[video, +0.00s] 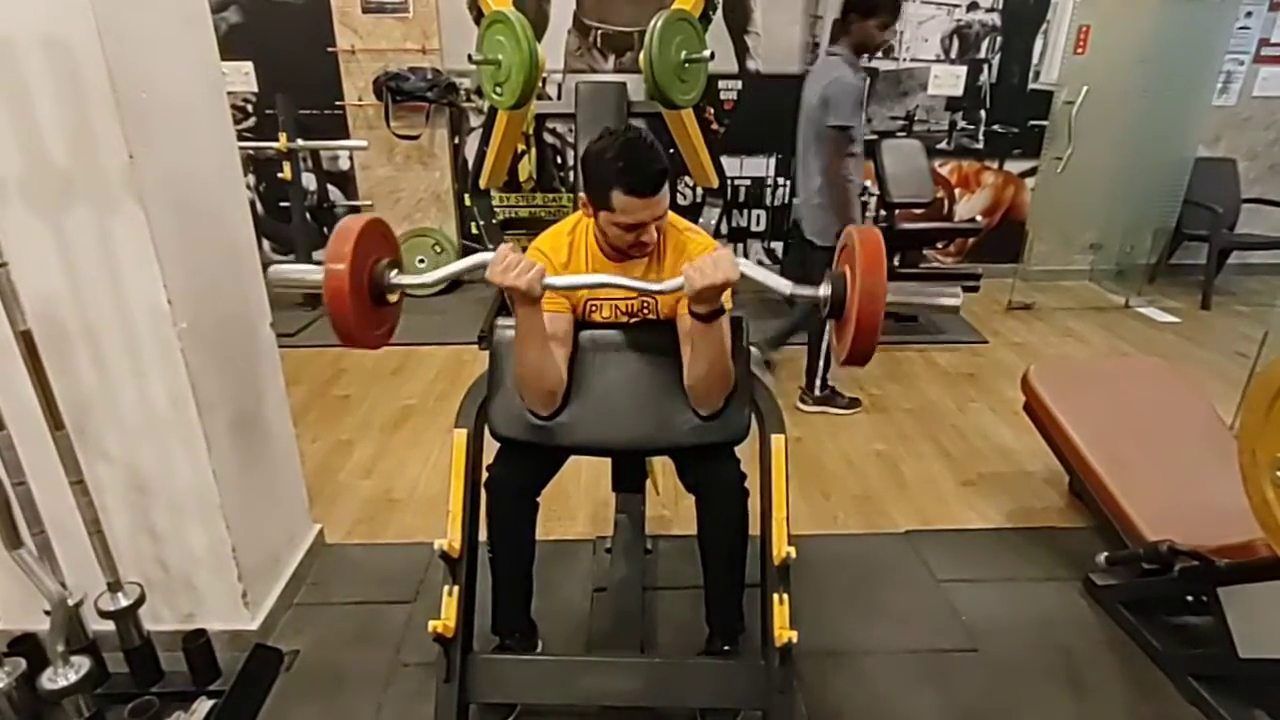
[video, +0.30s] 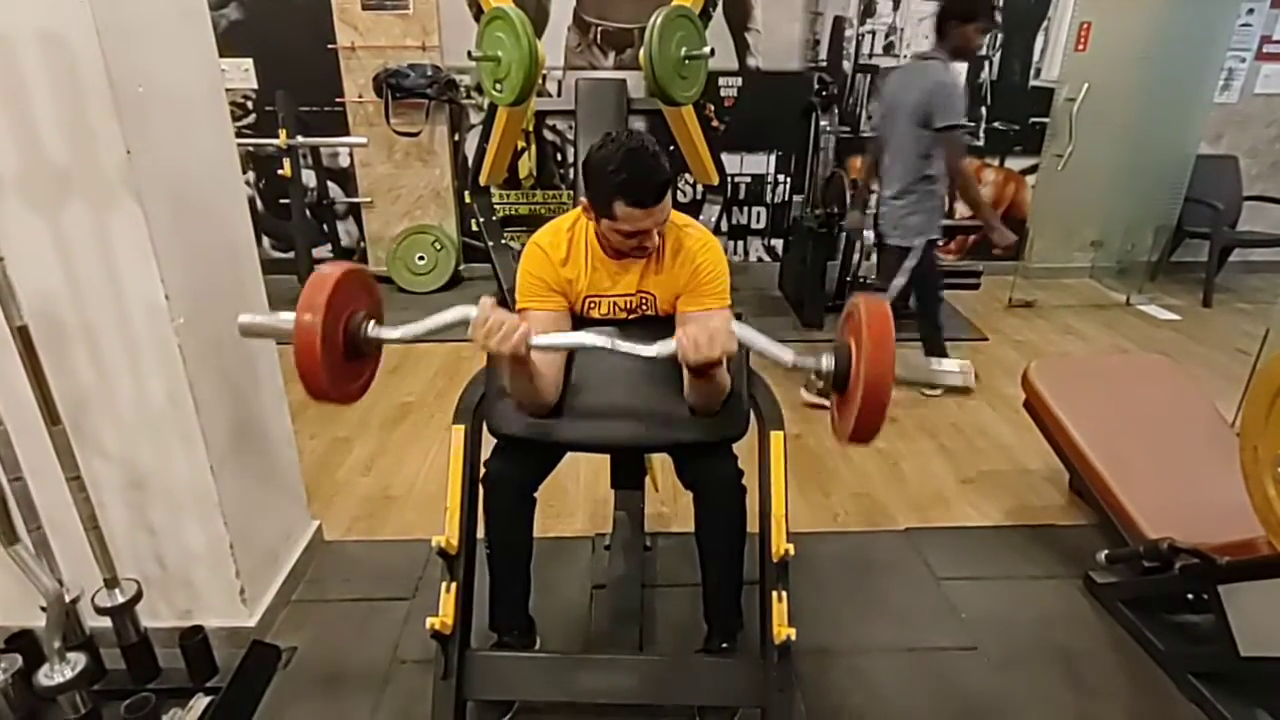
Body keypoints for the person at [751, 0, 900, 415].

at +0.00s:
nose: (887, 38)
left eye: (890, 29)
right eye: (882, 27)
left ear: (853, 23)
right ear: (854, 22)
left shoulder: (827, 67)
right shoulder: (845, 80)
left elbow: (822, 148)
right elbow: (834, 164)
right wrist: (852, 225)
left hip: (810, 207)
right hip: (827, 215)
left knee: (805, 295)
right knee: (826, 300)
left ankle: (760, 346)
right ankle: (816, 386)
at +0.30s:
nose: (982, 43)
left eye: (984, 34)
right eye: (979, 33)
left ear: (948, 29)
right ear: (955, 28)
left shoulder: (897, 75)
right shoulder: (945, 81)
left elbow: (873, 146)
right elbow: (956, 166)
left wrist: (858, 204)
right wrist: (994, 225)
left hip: (893, 212)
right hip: (916, 218)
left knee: (928, 290)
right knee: (882, 305)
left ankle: (937, 364)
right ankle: (832, 374)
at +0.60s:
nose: (1042, 29)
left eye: (1044, 20)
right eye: (1039, 19)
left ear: (1006, 19)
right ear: (1013, 18)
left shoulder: (975, 60)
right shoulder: (1004, 69)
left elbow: (960, 141)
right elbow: (990, 152)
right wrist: (1010, 222)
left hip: (956, 204)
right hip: (975, 210)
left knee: (956, 290)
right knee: (989, 296)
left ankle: (943, 370)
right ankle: (925, 358)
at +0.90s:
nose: (1137, 35)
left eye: (1139, 26)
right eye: (1134, 25)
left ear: (1096, 22)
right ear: (1109, 23)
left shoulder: (1062, 68)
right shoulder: (1093, 80)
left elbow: (1044, 145)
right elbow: (1068, 160)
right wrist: (1067, 231)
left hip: (1029, 206)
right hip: (1058, 214)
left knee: (999, 283)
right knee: (1067, 299)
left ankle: (951, 363)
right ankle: (1073, 371)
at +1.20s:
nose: (1203, 30)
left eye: (1205, 20)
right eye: (1201, 19)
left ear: (1158, 16)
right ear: (1179, 18)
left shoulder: (1113, 68)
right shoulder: (1162, 73)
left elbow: (1092, 141)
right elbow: (1146, 154)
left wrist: (1095, 192)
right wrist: (1150, 223)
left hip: (1092, 206)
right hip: (1124, 214)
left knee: (1082, 280)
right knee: (1103, 300)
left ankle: (1027, 337)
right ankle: (1080, 376)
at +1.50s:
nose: (1258, 46)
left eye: (1260, 39)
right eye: (1259, 38)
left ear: (1213, 35)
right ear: (1248, 38)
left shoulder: (1162, 86)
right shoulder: (1236, 87)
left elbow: (1132, 154)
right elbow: (1241, 168)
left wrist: (1108, 210)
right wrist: (1262, 223)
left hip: (1151, 210)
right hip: (1193, 215)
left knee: (1161, 288)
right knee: (1148, 294)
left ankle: (1162, 358)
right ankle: (1098, 362)